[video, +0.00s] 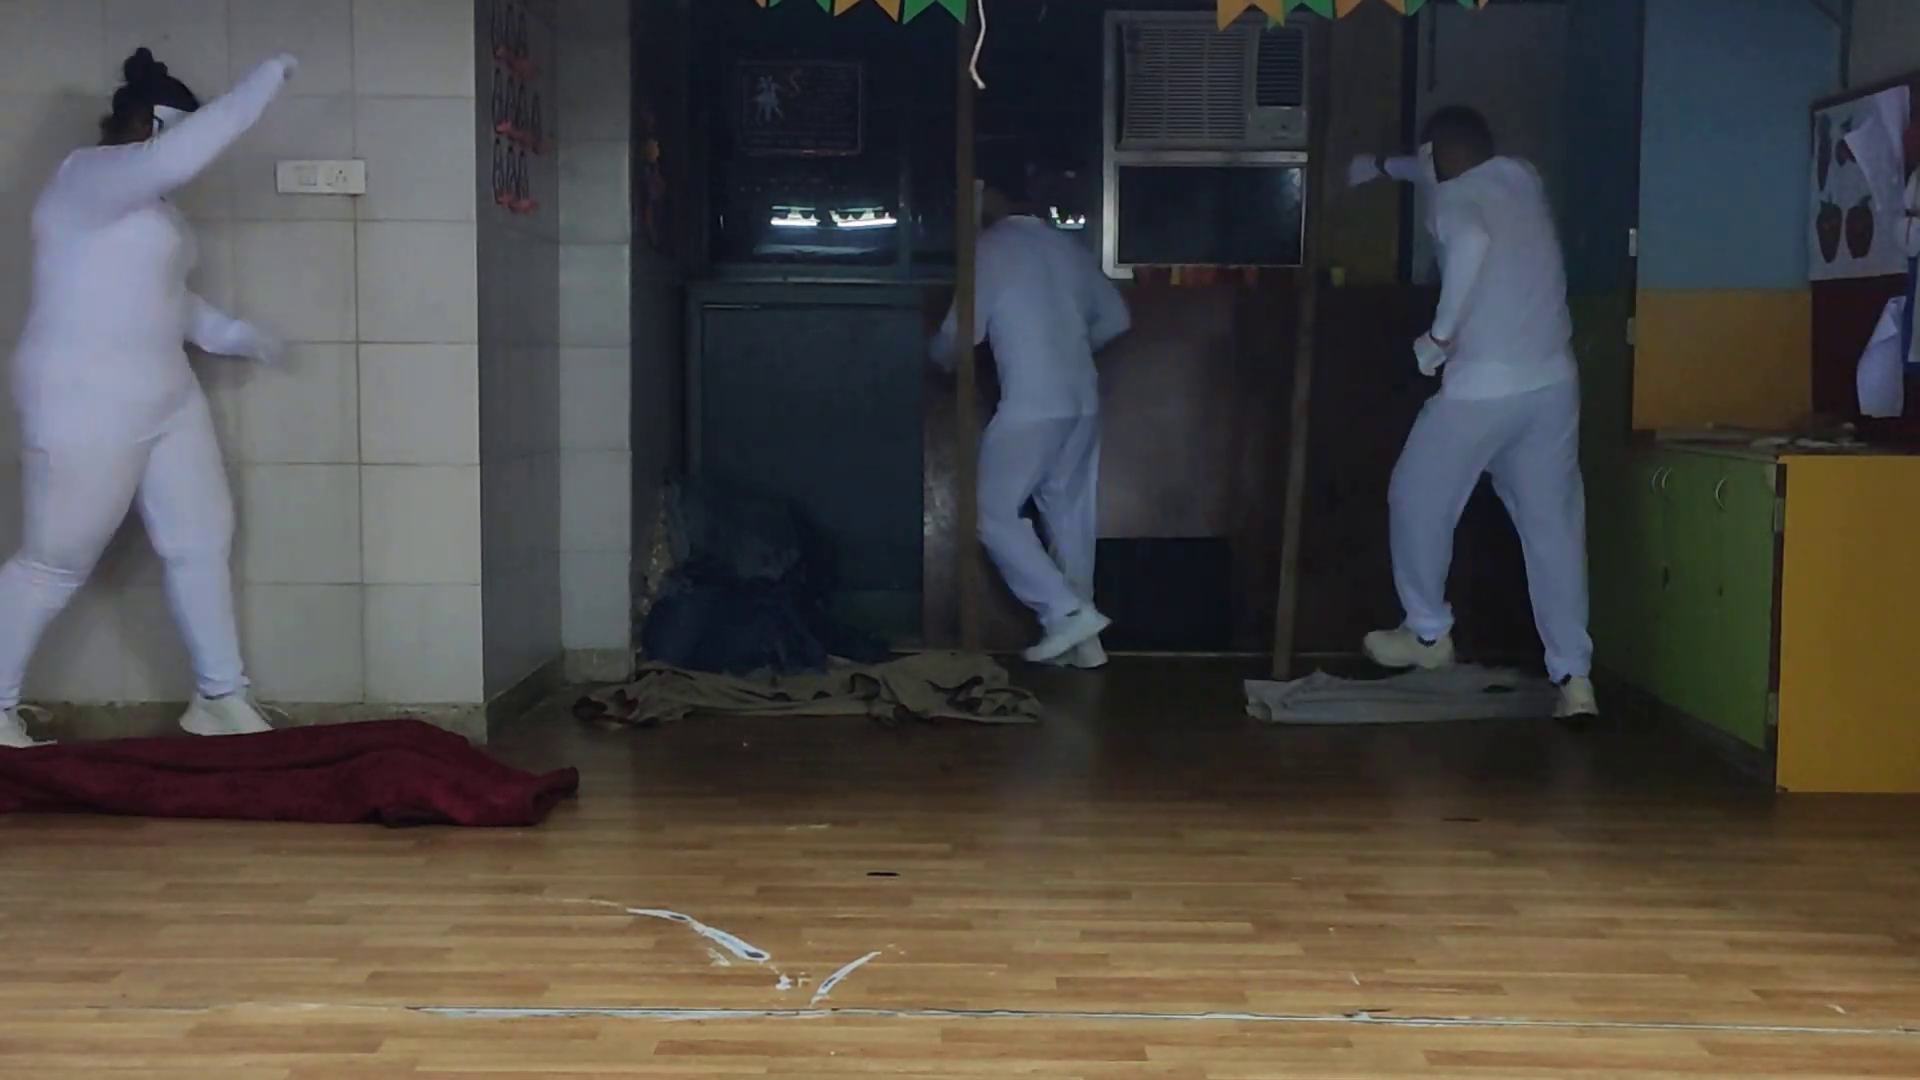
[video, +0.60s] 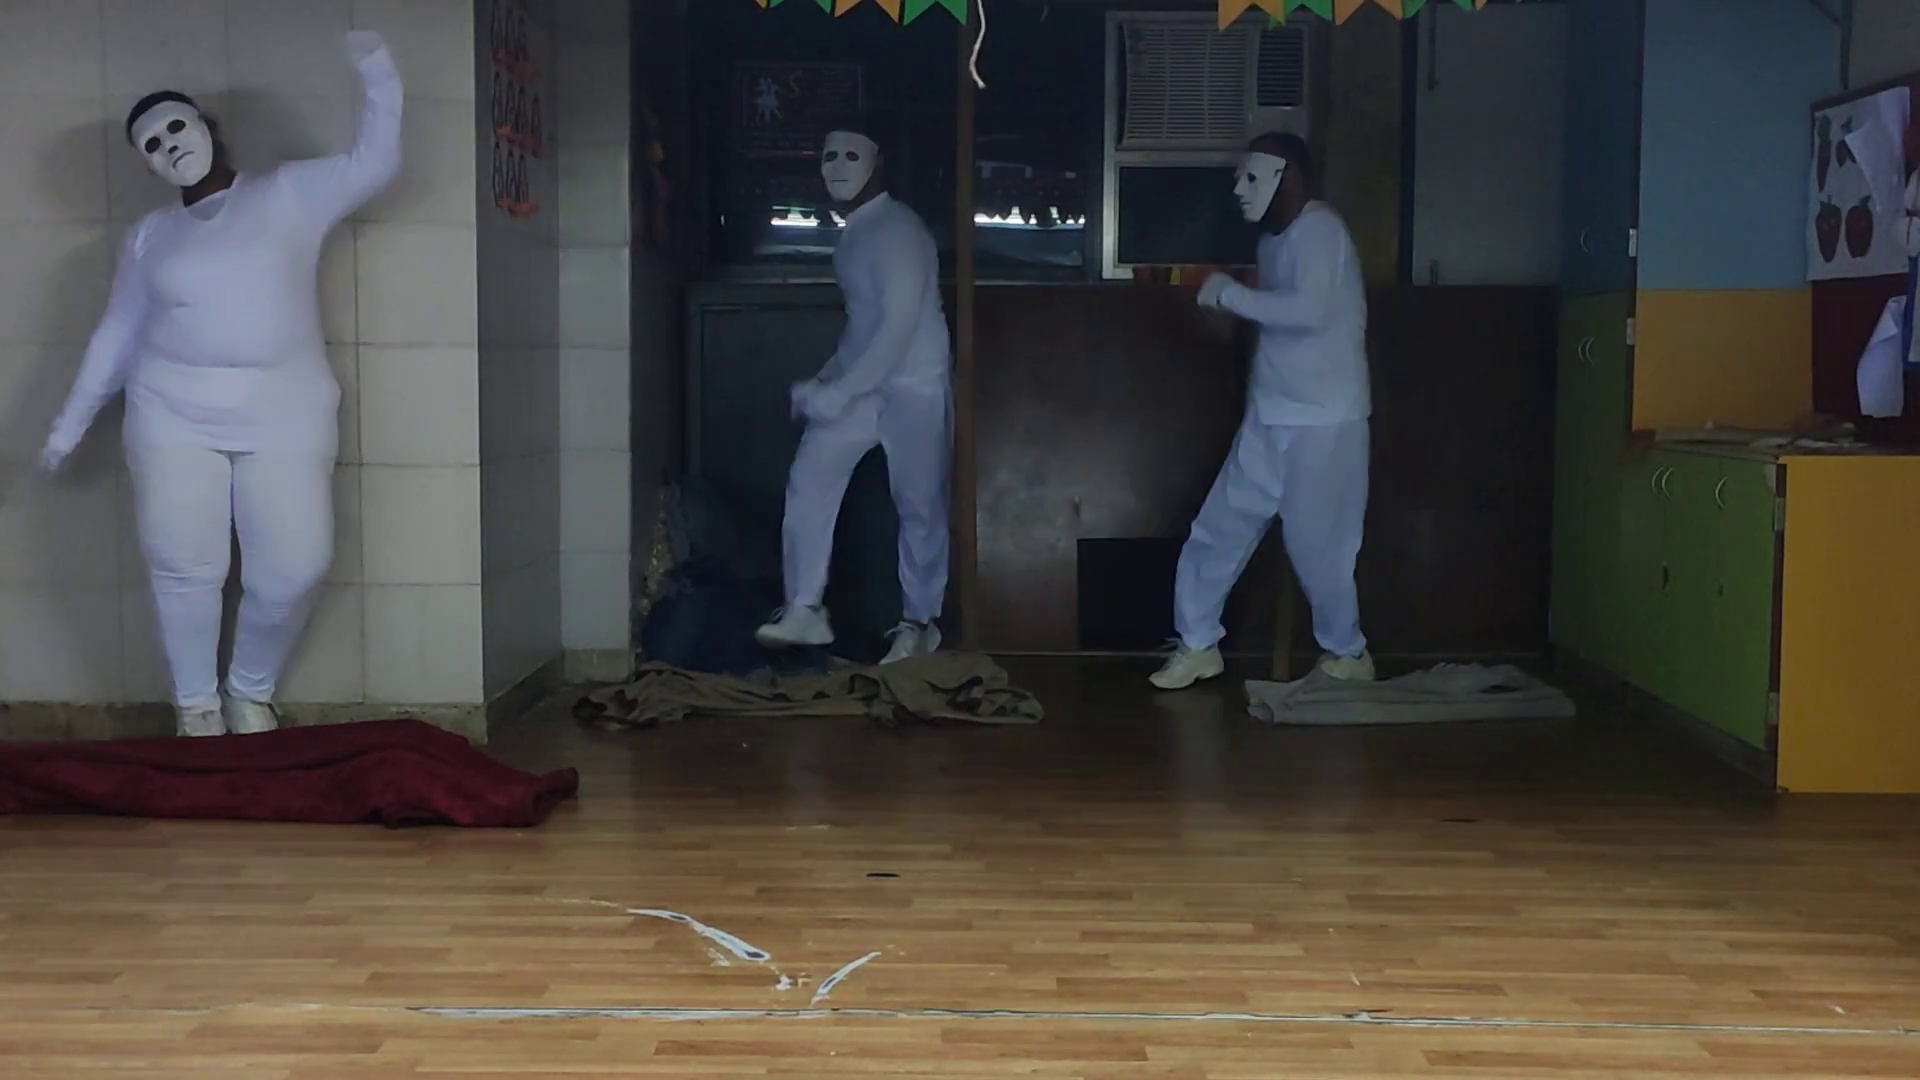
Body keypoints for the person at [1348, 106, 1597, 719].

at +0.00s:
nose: (1429, 163)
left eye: (1430, 154)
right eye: (1429, 156)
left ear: (1445, 151)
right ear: (1484, 146)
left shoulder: (1454, 192)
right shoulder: (1521, 177)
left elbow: (1470, 241)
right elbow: (1441, 163)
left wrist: (1439, 333)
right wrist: (1378, 166)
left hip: (1486, 384)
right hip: (1551, 382)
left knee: (1419, 494)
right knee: (1552, 525)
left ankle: (1426, 631)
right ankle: (1575, 676)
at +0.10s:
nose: (1406, 192)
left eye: (1406, 182)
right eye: (1405, 182)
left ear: (1419, 183)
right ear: (1460, 174)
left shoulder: (1431, 247)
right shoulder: (1493, 213)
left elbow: (1468, 324)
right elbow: (1427, 198)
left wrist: (1426, 395)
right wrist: (1377, 183)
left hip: (1462, 424)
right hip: (1525, 413)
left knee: (1410, 539)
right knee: (1542, 545)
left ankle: (1417, 661)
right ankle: (1577, 684)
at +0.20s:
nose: (1365, 200)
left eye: (1366, 187)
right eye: (1363, 188)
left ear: (1388, 181)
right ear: (1415, 178)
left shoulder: (1400, 259)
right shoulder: (1457, 226)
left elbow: (1411, 368)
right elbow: (1426, 288)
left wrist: (1375, 441)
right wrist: (1361, 289)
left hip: (1426, 417)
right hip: (1480, 409)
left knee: (1388, 529)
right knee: (1486, 521)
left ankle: (1414, 656)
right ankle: (1550, 616)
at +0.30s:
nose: (1337, 181)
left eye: (1341, 169)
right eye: (1337, 169)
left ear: (1362, 168)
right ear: (1392, 169)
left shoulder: (1377, 236)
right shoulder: (1424, 225)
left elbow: (1370, 332)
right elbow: (1453, 290)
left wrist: (1298, 334)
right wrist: (1405, 334)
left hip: (1397, 409)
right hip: (1441, 401)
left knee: (1374, 532)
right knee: (1397, 492)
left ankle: (1413, 656)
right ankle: (1465, 542)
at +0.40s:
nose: (1300, 165)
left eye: (1307, 152)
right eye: (1299, 153)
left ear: (1332, 148)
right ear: (1349, 150)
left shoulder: (1343, 201)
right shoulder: (1381, 197)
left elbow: (1305, 270)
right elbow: (1441, 239)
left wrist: (1230, 264)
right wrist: (1439, 315)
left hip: (1385, 384)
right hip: (1353, 380)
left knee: (1361, 509)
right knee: (1289, 453)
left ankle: (1397, 643)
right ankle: (1369, 559)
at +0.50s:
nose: (1264, 168)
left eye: (1273, 157)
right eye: (1264, 157)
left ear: (1304, 151)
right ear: (1311, 153)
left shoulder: (1324, 194)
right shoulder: (1344, 200)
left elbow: (1272, 247)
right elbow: (1401, 233)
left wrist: (1188, 265)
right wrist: (1405, 307)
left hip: (1358, 386)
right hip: (1312, 381)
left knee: (1345, 512)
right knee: (1247, 480)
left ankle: (1353, 646)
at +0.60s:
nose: (1240, 190)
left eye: (1251, 179)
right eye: (1239, 179)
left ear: (1286, 177)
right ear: (1275, 180)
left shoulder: (1319, 230)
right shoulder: (1274, 240)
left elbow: (1309, 310)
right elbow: (1287, 309)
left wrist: (1228, 292)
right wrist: (1230, 289)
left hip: (1324, 421)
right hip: (1269, 419)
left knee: (1320, 542)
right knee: (1217, 532)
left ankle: (1347, 654)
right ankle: (1198, 647)